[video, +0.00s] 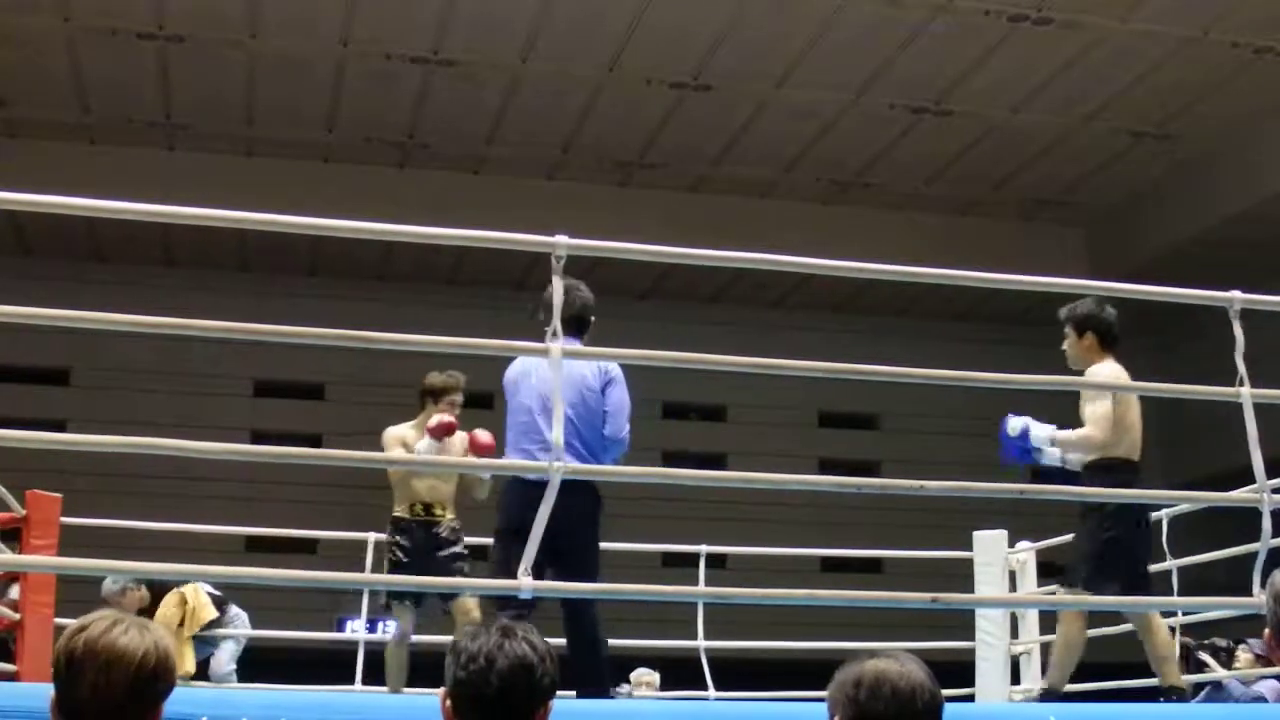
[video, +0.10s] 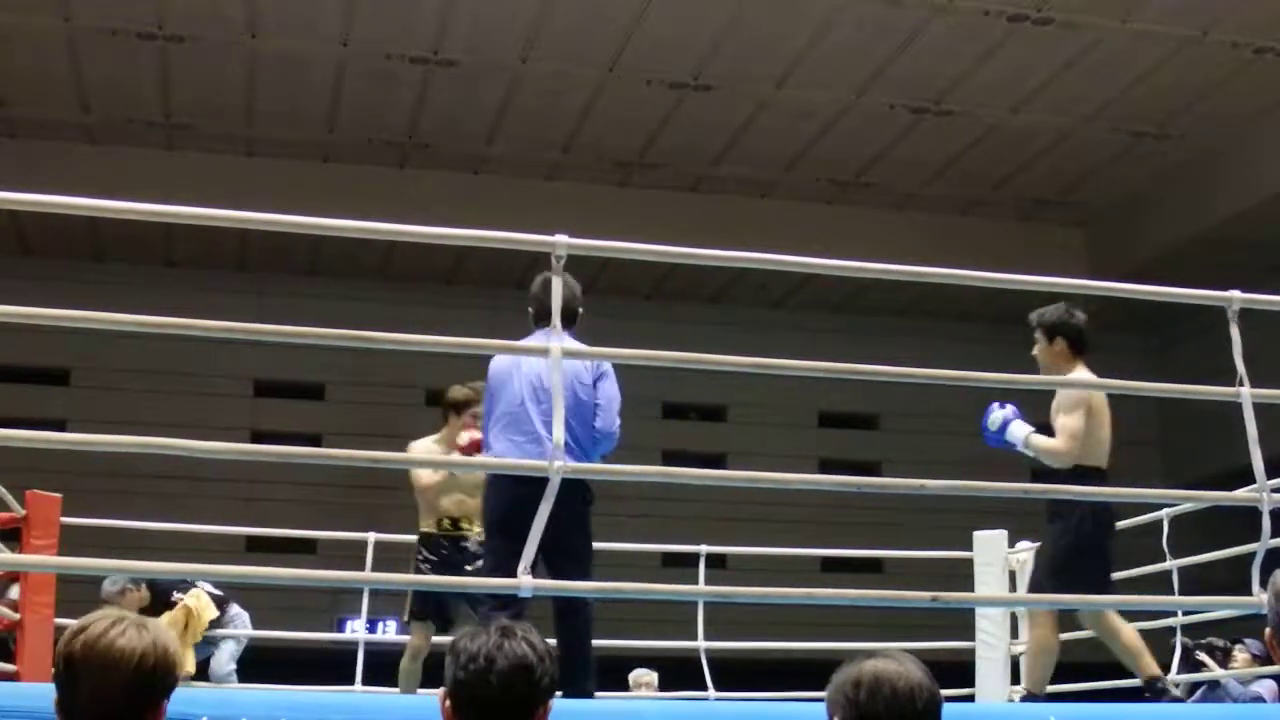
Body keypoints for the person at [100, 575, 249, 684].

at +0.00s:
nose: (119, 609)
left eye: (119, 603)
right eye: (115, 605)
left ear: (135, 591)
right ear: (134, 592)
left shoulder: (170, 597)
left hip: (232, 622)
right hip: (201, 627)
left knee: (219, 670)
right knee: (175, 663)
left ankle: (234, 711)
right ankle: (180, 710)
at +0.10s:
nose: (119, 609)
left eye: (119, 603)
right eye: (115, 605)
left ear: (131, 591)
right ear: (130, 592)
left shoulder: (166, 594)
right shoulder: (144, 609)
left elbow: (202, 601)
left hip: (233, 621)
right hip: (203, 628)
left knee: (219, 670)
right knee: (174, 663)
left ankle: (235, 711)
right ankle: (179, 709)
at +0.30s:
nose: (124, 608)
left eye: (121, 602)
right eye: (119, 604)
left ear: (130, 588)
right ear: (127, 591)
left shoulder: (172, 594)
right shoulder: (148, 600)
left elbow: (221, 601)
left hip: (233, 617)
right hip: (205, 618)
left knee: (220, 666)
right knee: (181, 663)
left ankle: (237, 710)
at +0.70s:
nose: (124, 607)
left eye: (122, 600)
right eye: (119, 603)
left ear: (135, 586)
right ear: (136, 586)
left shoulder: (168, 592)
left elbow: (218, 606)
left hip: (231, 624)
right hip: (205, 630)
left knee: (217, 670)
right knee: (173, 665)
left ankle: (235, 712)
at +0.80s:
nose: (126, 607)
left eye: (123, 601)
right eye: (120, 604)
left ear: (134, 586)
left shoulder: (167, 592)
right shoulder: (148, 602)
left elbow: (216, 606)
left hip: (230, 623)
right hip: (202, 630)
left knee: (218, 671)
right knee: (176, 667)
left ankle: (236, 711)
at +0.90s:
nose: (124, 608)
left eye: (123, 601)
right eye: (118, 605)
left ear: (134, 588)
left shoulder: (163, 591)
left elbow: (214, 608)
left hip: (230, 621)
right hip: (202, 630)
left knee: (218, 669)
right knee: (177, 667)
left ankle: (236, 710)